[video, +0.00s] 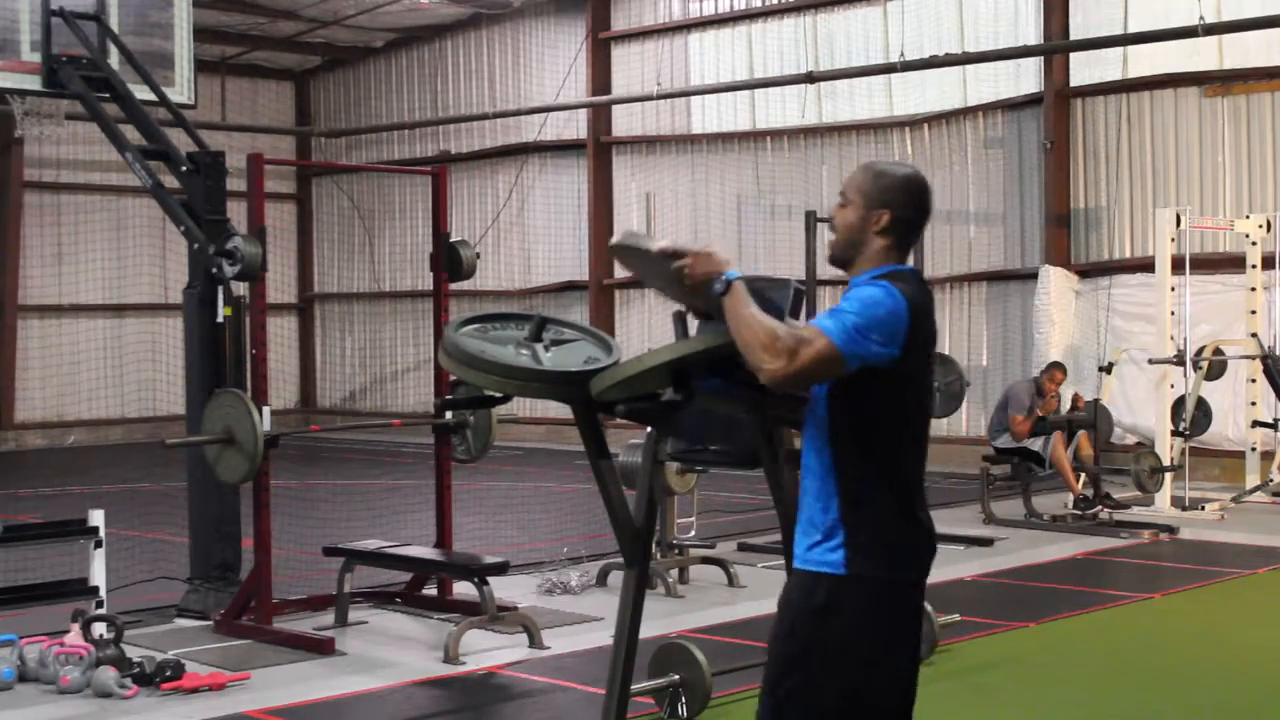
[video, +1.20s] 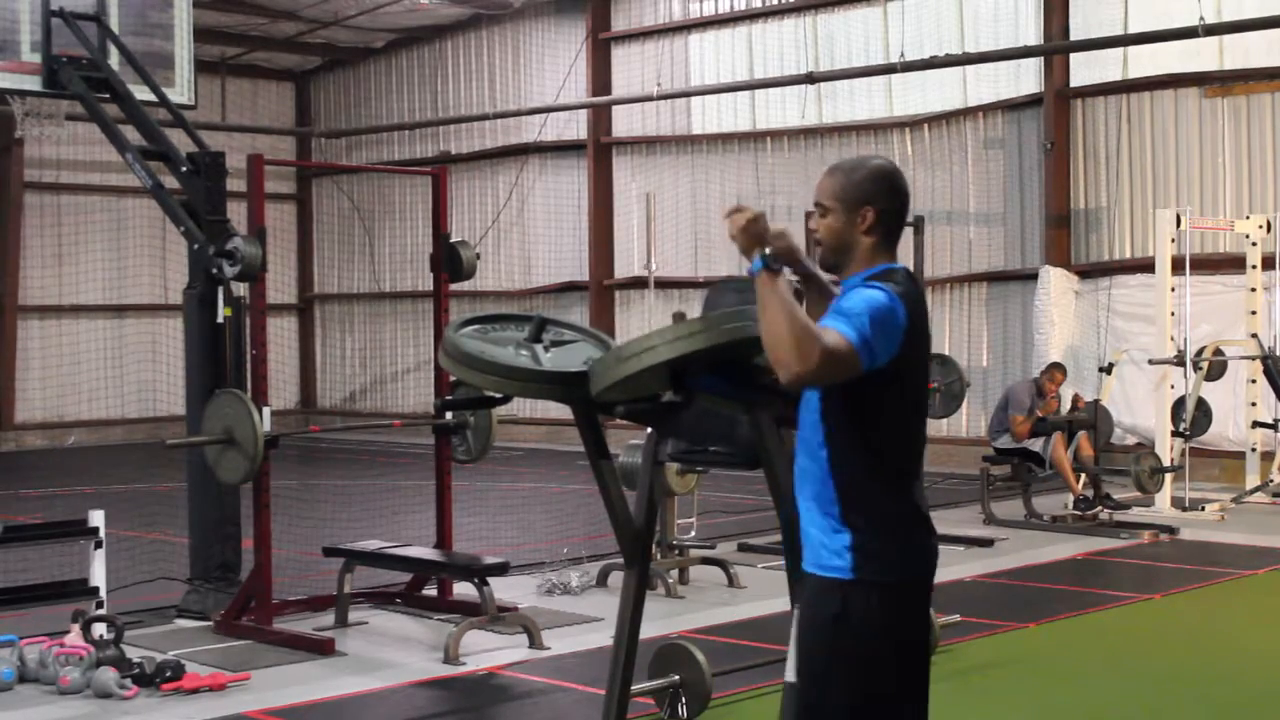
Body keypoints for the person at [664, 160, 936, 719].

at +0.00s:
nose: (830, 214)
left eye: (842, 203)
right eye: (837, 201)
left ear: (881, 221)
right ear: (884, 225)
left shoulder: (883, 298)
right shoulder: (890, 293)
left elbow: (783, 361)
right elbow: (799, 349)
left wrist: (724, 281)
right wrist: (724, 296)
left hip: (849, 566)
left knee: (798, 706)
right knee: (856, 707)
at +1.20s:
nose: (811, 225)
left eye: (822, 212)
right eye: (812, 213)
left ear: (866, 222)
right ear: (865, 222)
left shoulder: (876, 299)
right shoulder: (884, 288)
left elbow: (799, 362)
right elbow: (840, 318)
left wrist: (761, 260)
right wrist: (801, 268)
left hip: (858, 572)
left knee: (832, 705)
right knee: (872, 705)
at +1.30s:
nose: (816, 234)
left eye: (826, 220)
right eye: (816, 221)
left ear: (873, 226)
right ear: (877, 228)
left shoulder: (885, 309)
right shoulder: (897, 295)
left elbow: (819, 393)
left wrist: (758, 292)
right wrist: (836, 284)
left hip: (866, 577)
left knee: (842, 708)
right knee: (868, 707)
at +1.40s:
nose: (821, 240)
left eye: (830, 225)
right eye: (821, 226)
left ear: (877, 229)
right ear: (876, 231)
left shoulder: (899, 320)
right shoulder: (879, 309)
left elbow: (858, 433)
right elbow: (848, 417)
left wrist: (757, 356)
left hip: (884, 588)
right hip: (849, 578)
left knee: (878, 711)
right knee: (821, 707)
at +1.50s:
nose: (821, 238)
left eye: (832, 223)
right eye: (821, 223)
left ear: (880, 228)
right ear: (874, 231)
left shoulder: (911, 330)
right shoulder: (883, 315)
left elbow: (904, 473)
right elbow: (876, 447)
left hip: (899, 599)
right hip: (856, 589)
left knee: (893, 711)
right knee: (825, 707)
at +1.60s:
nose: (825, 232)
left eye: (836, 216)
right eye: (826, 217)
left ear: (884, 222)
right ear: (882, 224)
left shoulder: (917, 330)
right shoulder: (884, 313)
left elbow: (947, 477)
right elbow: (893, 457)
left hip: (906, 605)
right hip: (860, 595)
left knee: (901, 713)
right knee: (822, 709)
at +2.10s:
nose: (758, 243)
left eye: (768, 226)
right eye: (758, 227)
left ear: (817, 226)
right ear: (809, 228)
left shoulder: (893, 336)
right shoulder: (796, 318)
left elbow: (898, 487)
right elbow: (818, 468)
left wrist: (764, 519)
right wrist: (772, 561)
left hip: (872, 625)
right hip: (787, 603)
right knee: (735, 710)